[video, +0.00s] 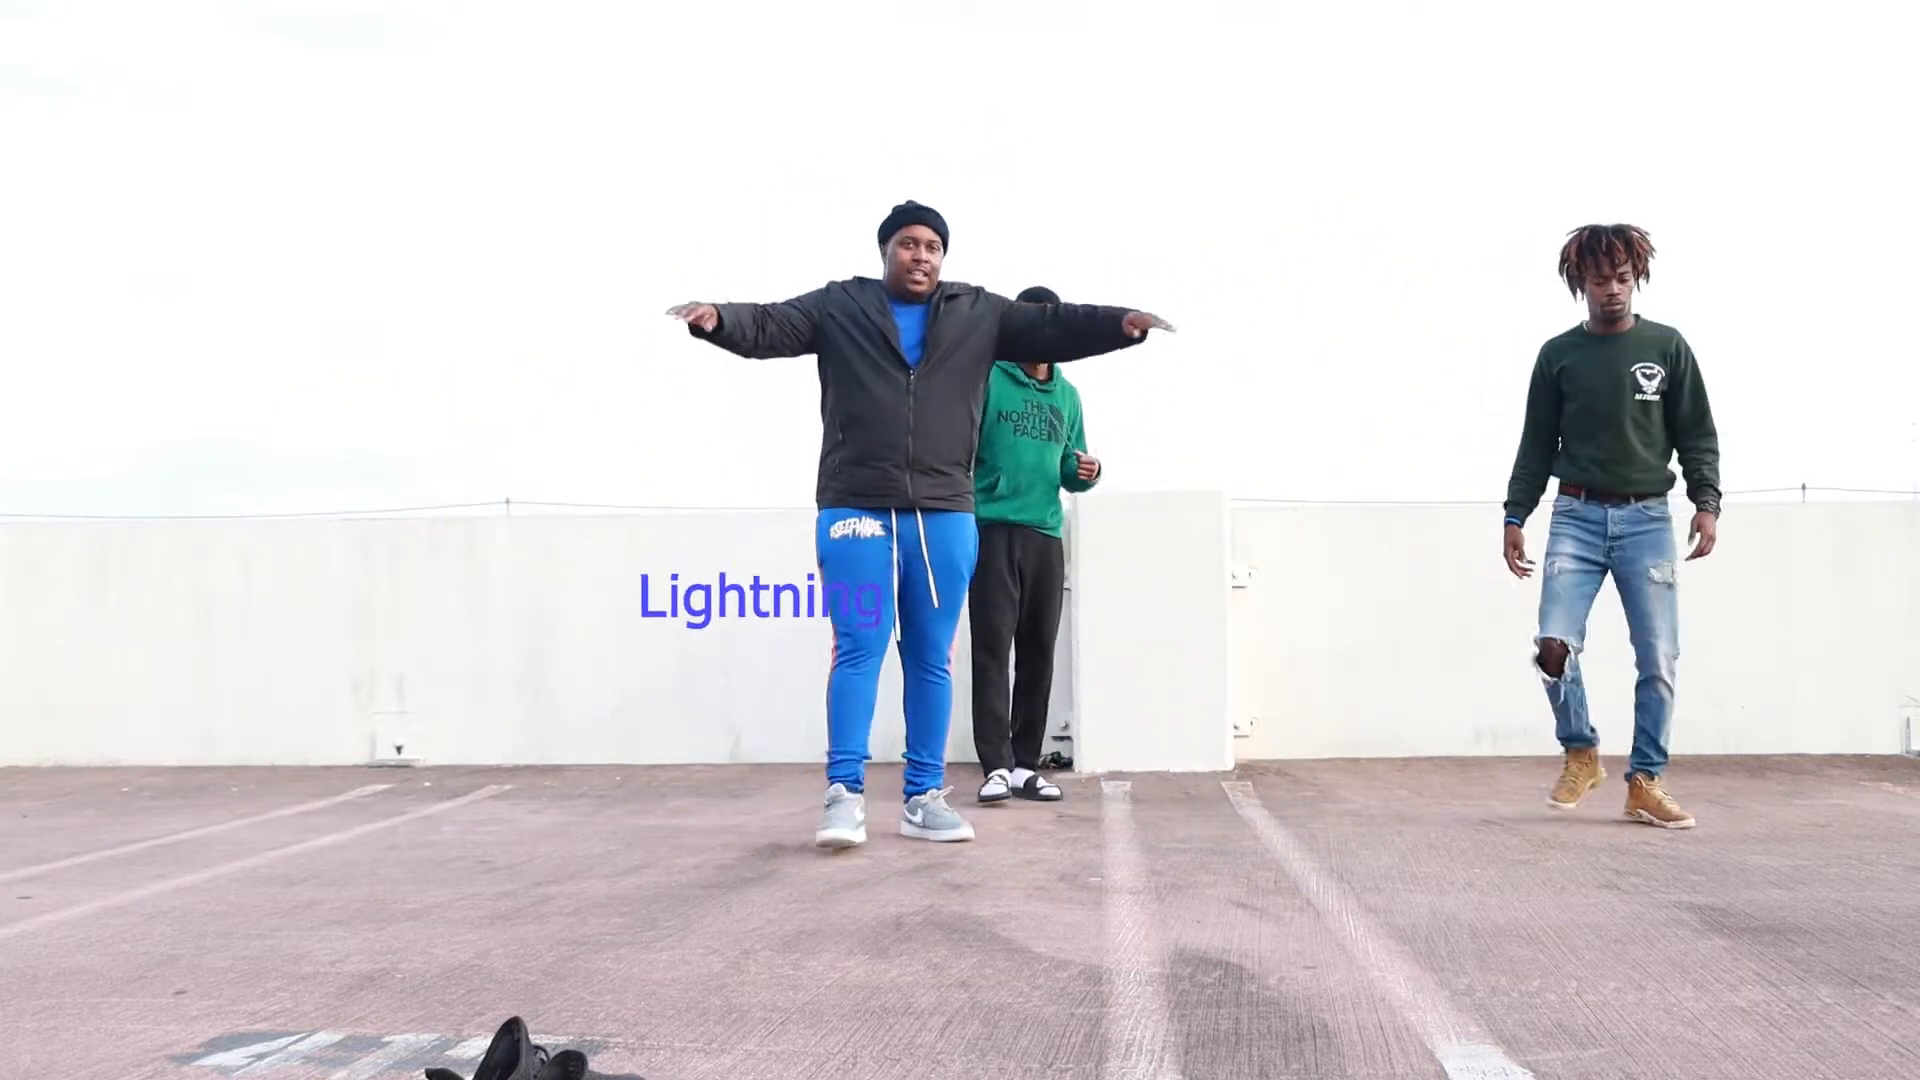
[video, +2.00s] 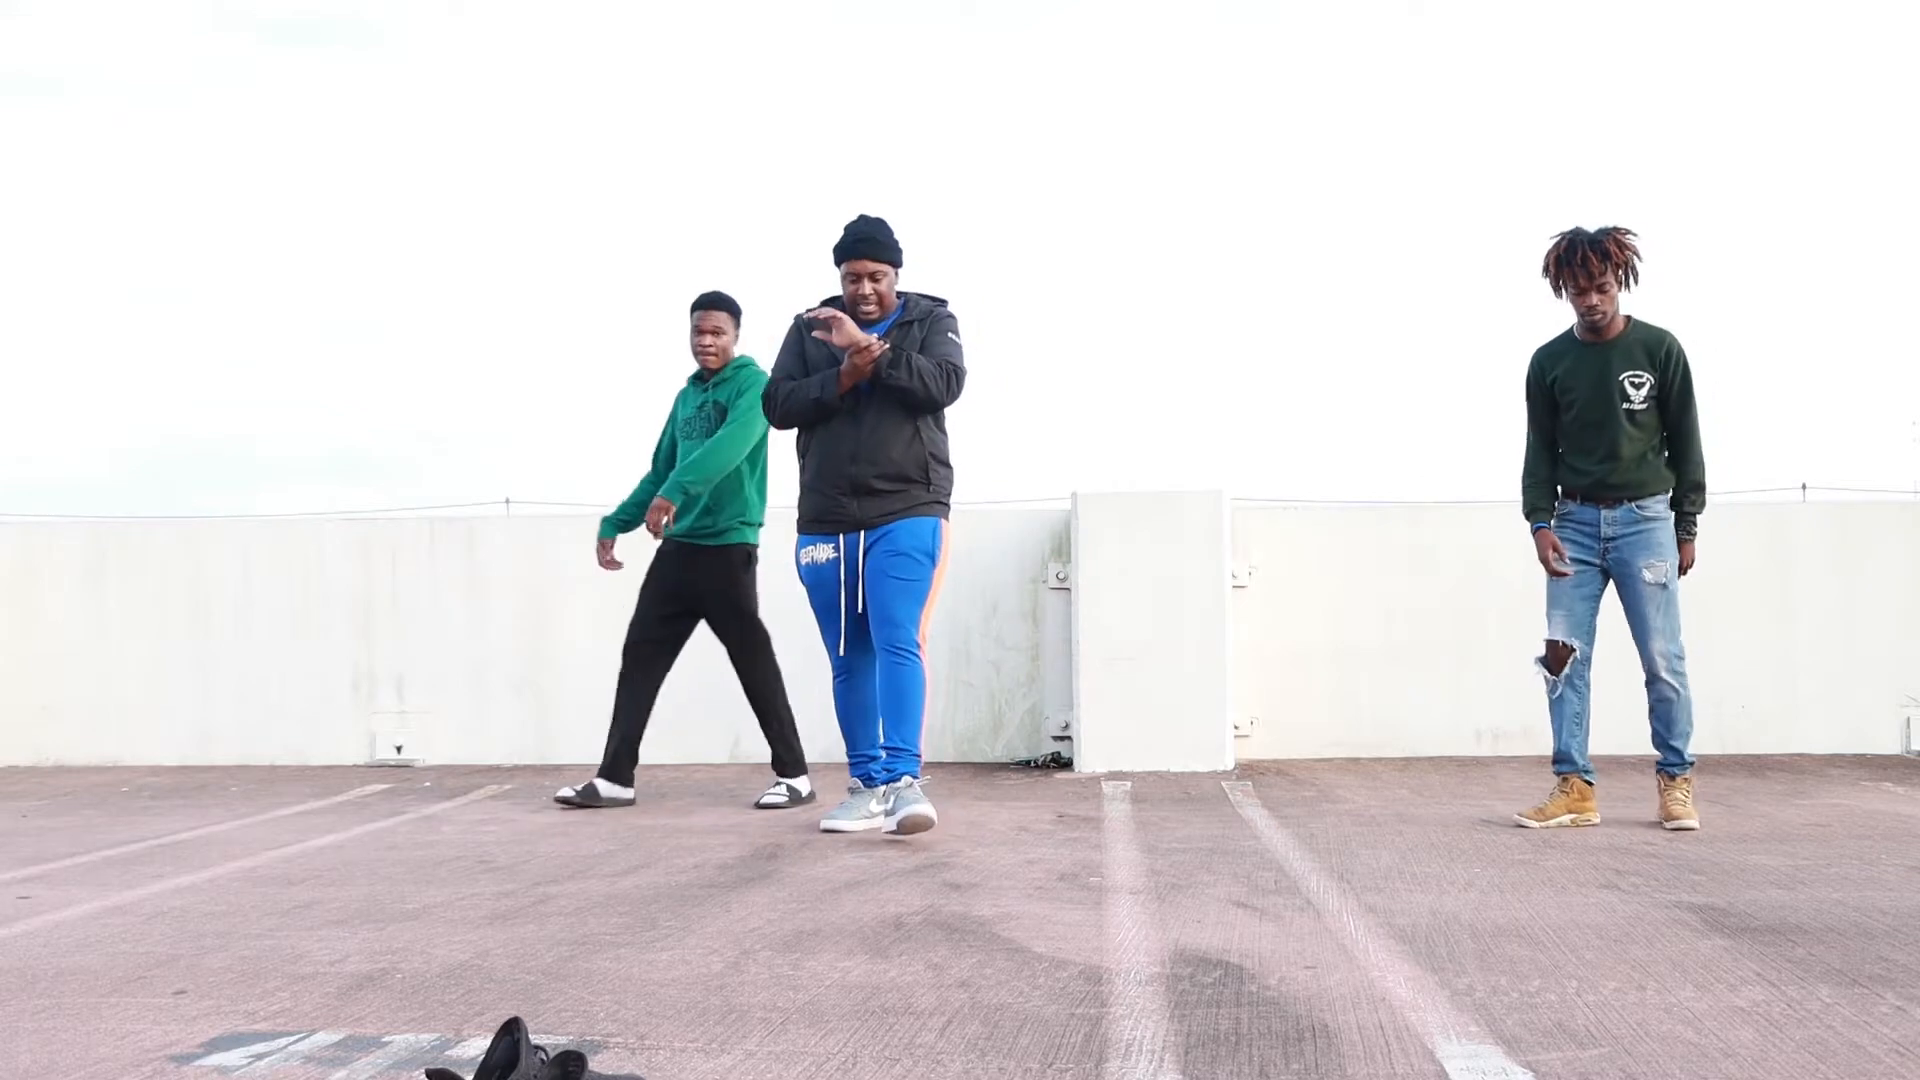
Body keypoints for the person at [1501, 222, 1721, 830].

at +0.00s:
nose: (1612, 289)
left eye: (1622, 277)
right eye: (1599, 279)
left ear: (1637, 277)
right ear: (1580, 282)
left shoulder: (1667, 347)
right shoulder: (1557, 354)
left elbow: (1696, 431)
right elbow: (1537, 443)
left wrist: (1705, 503)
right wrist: (1514, 516)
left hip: (1648, 517)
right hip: (1575, 516)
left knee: (1660, 657)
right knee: (1553, 648)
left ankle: (1646, 781)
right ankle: (1579, 754)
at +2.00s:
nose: (1588, 301)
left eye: (1597, 287)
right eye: (1576, 291)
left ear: (1620, 283)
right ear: (1563, 292)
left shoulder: (1659, 349)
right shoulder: (1547, 361)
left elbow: (1685, 441)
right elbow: (1539, 450)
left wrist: (1686, 525)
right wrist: (1540, 523)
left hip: (1645, 518)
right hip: (1571, 521)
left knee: (1662, 656)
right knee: (1563, 653)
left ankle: (1675, 781)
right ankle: (1573, 786)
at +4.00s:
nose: (1500, 317)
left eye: (1510, 304)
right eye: (1489, 308)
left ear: (1536, 300)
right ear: (1479, 309)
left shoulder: (1574, 360)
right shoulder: (1467, 372)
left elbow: (1605, 435)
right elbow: (1453, 459)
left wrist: (1586, 479)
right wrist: (1443, 534)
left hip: (1559, 527)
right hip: (1490, 529)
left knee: (1578, 638)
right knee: (1482, 654)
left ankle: (1563, 768)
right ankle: (1499, 778)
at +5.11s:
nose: (1486, 310)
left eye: (1497, 297)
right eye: (1476, 299)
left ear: (1522, 292)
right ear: (1466, 299)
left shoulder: (1559, 342)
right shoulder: (1455, 352)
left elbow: (1591, 426)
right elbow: (1442, 435)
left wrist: (1593, 505)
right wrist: (1431, 506)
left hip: (1543, 518)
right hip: (1474, 518)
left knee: (1540, 654)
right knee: (1459, 641)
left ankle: (1534, 775)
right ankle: (1495, 762)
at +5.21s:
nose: (1481, 317)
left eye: (1491, 304)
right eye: (1471, 306)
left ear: (1517, 296)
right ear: (1461, 305)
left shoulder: (1556, 345)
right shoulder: (1456, 357)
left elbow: (1591, 431)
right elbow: (1444, 439)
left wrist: (1582, 509)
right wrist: (1435, 516)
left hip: (1538, 520)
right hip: (1473, 521)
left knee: (1533, 654)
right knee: (1463, 647)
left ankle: (1531, 777)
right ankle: (1497, 765)